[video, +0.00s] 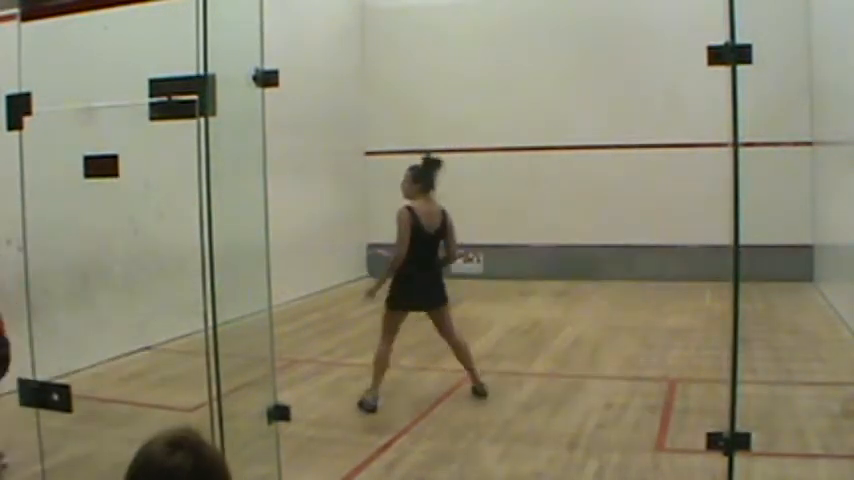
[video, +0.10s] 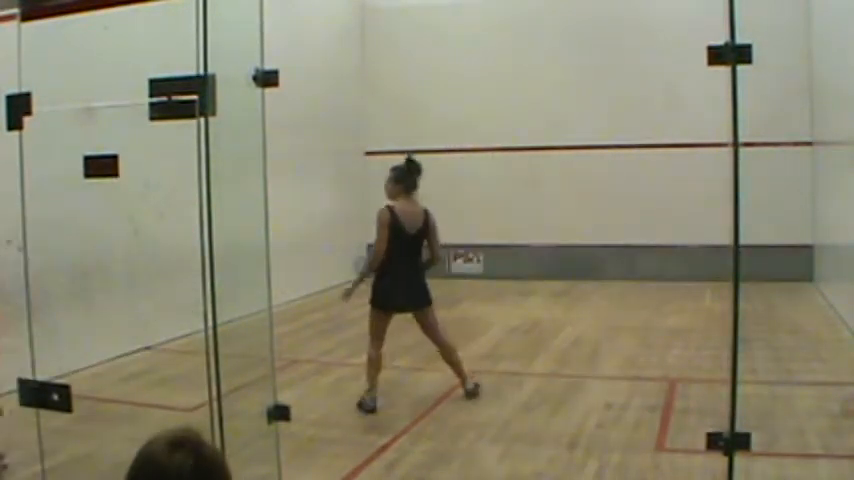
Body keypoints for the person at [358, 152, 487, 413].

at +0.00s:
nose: (402, 186)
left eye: (405, 182)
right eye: (403, 181)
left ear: (416, 185)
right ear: (427, 186)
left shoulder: (407, 213)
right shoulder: (442, 213)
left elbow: (400, 254)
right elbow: (451, 255)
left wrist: (378, 284)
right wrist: (432, 264)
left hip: (405, 283)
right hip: (432, 283)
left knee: (387, 339)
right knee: (451, 335)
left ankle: (372, 394)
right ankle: (478, 383)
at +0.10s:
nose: (385, 187)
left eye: (388, 183)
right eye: (386, 182)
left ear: (398, 186)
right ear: (411, 187)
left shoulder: (386, 214)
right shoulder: (425, 215)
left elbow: (379, 254)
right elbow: (435, 256)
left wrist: (357, 282)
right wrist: (415, 268)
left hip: (387, 285)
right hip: (415, 283)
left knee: (375, 344)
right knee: (437, 336)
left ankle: (370, 396)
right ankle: (467, 383)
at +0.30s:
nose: (370, 169)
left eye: (370, 165)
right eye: (374, 165)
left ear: (371, 168)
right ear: (393, 168)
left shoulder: (361, 199)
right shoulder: (405, 201)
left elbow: (348, 236)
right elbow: (420, 243)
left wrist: (324, 262)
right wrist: (398, 253)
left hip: (369, 274)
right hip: (399, 273)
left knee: (361, 332)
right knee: (409, 330)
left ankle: (363, 389)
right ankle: (420, 388)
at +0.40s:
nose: (374, 181)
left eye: (367, 176)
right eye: (378, 176)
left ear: (362, 179)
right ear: (384, 178)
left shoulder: (353, 207)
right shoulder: (398, 207)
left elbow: (337, 246)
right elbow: (412, 247)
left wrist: (313, 274)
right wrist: (393, 256)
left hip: (361, 282)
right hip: (392, 281)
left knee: (345, 335)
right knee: (406, 337)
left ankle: (335, 390)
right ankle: (421, 394)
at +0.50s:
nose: (365, 195)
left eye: (356, 191)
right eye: (369, 190)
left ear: (351, 194)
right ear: (373, 192)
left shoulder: (343, 223)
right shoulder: (388, 223)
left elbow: (328, 262)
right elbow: (404, 262)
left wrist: (305, 291)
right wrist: (388, 272)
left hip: (350, 296)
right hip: (381, 295)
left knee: (326, 342)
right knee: (403, 347)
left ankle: (305, 395)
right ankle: (419, 398)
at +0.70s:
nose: (312, 184)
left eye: (309, 180)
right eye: (320, 180)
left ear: (307, 183)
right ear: (330, 182)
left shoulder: (301, 210)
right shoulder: (342, 214)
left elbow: (290, 249)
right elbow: (357, 254)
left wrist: (278, 274)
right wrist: (335, 263)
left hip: (303, 287)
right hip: (332, 285)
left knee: (289, 345)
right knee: (353, 343)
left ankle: (297, 402)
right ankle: (382, 397)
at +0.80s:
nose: (285, 174)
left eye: (284, 170)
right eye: (291, 170)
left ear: (283, 173)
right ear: (306, 171)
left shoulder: (282, 200)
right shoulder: (318, 203)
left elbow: (277, 238)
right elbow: (329, 246)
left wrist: (260, 262)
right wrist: (306, 252)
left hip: (287, 274)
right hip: (313, 274)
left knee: (271, 336)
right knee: (307, 336)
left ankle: (278, 399)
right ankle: (318, 398)